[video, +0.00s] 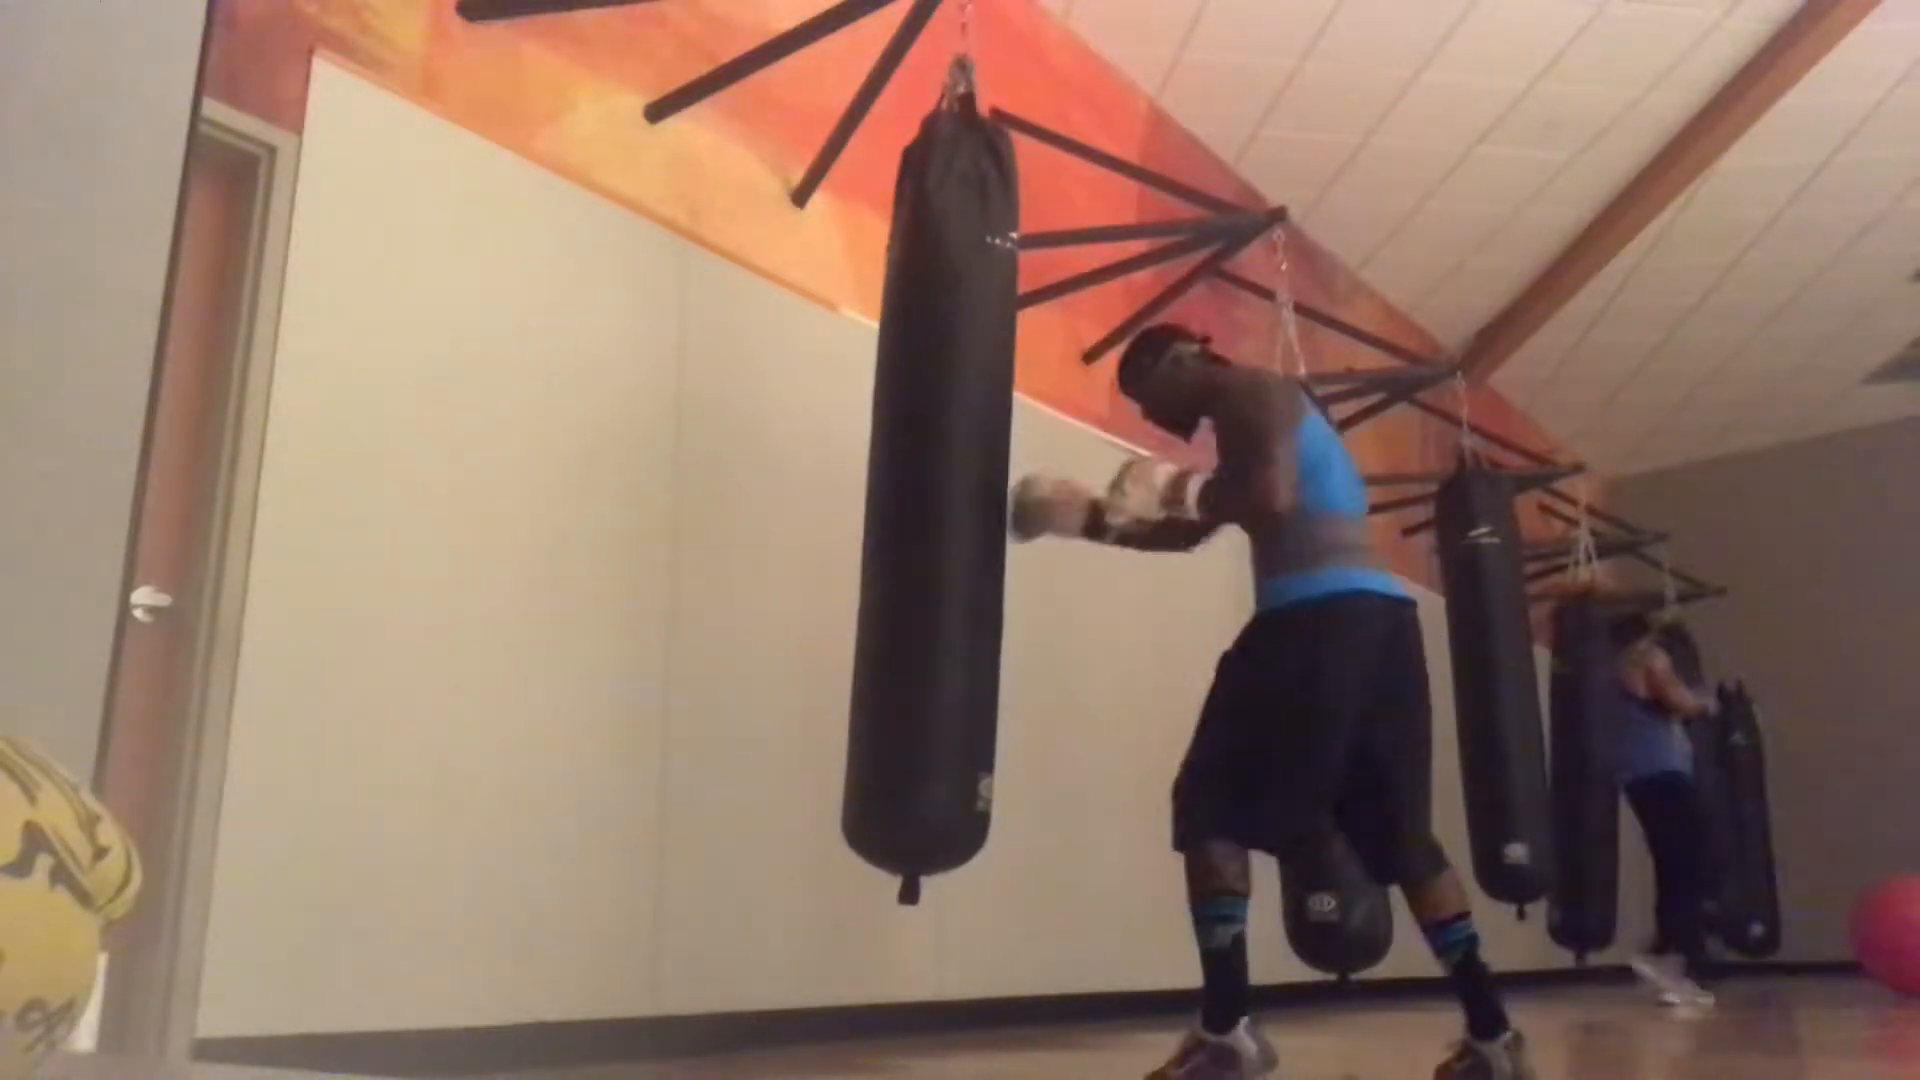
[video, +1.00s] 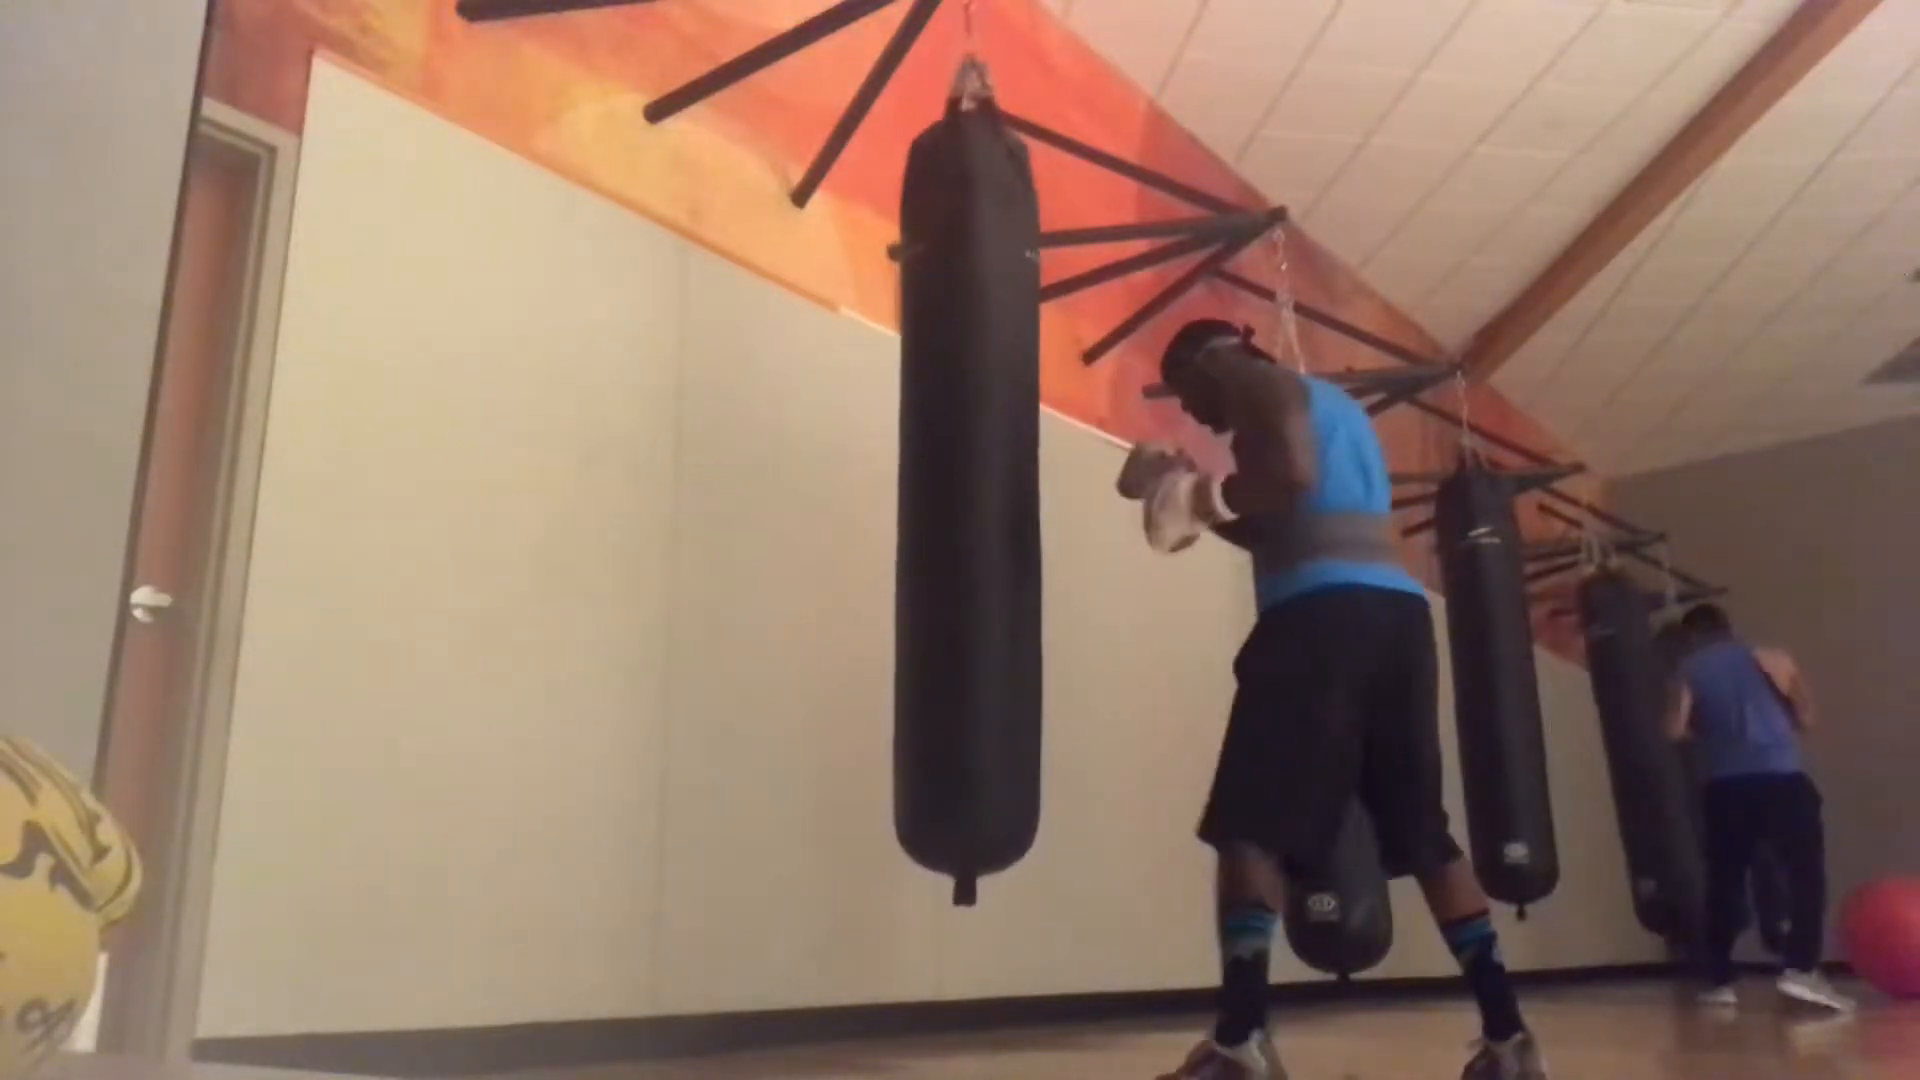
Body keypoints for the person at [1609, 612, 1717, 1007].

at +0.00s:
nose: (1659, 639)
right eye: (1653, 631)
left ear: (1617, 637)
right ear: (1646, 631)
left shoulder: (1615, 667)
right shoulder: (1650, 657)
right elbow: (1676, 698)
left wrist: (1697, 698)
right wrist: (1707, 701)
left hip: (1639, 775)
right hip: (1663, 772)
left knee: (1671, 865)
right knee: (1686, 864)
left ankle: (1670, 949)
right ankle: (1674, 960)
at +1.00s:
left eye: (1689, 639)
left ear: (1690, 638)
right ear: (1728, 627)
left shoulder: (1690, 672)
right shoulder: (1772, 659)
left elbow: (1675, 730)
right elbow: (1806, 717)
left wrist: (1705, 726)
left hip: (1728, 791)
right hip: (1786, 786)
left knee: (1724, 884)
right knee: (1807, 877)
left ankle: (1719, 981)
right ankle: (1801, 971)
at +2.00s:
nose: (1740, 658)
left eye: (1740, 652)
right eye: (1741, 652)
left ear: (1745, 650)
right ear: (1779, 642)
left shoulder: (1748, 682)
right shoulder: (1817, 672)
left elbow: (1730, 735)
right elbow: (1836, 703)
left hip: (1782, 801)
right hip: (1840, 796)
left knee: (1752, 887)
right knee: (1880, 882)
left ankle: (1724, 980)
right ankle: (1918, 968)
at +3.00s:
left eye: (1721, 650)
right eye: (1734, 645)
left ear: (1715, 652)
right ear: (1749, 643)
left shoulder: (1714, 690)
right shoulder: (1776, 668)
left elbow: (1671, 723)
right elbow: (1807, 695)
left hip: (1762, 794)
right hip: (1815, 785)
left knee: (1735, 878)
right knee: (1863, 873)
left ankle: (1712, 968)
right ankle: (1906, 960)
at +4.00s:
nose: (1761, 650)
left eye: (1756, 644)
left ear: (1754, 645)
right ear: (1793, 636)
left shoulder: (1745, 685)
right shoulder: (1827, 667)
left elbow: (1743, 748)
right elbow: (1847, 704)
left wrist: (1775, 758)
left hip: (1788, 796)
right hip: (1849, 789)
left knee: (1771, 889)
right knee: (1880, 882)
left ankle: (1760, 983)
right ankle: (1904, 978)